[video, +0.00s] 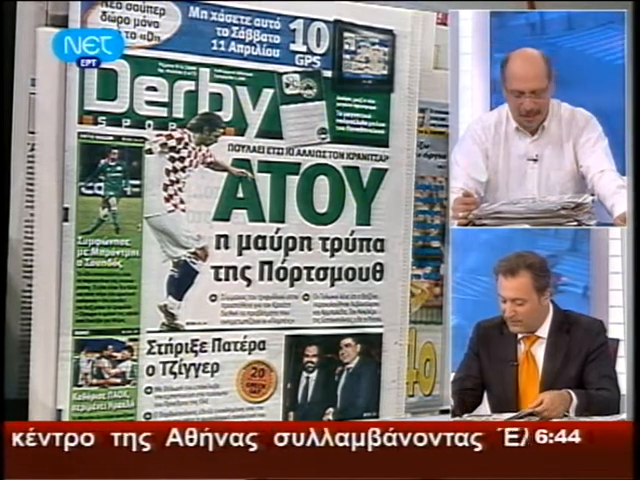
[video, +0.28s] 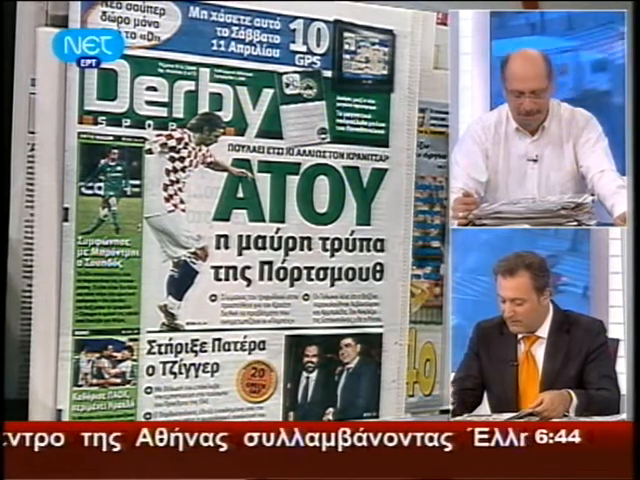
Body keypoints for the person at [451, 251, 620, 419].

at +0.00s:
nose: (508, 312)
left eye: (519, 303)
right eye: (503, 301)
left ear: (546, 296)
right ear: (498, 296)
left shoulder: (588, 333)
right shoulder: (486, 334)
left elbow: (610, 402)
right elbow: (462, 401)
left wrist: (569, 400)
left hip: (569, 452)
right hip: (504, 451)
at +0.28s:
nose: (508, 312)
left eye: (518, 303)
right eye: (503, 302)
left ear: (545, 297)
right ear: (498, 297)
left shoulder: (588, 333)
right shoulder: (486, 334)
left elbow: (610, 402)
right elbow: (462, 400)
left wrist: (569, 400)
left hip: (569, 452)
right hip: (505, 451)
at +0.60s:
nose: (507, 313)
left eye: (518, 303)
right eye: (502, 302)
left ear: (545, 297)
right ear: (497, 297)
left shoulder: (588, 333)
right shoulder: (486, 334)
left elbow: (610, 402)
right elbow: (462, 401)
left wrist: (569, 400)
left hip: (569, 452)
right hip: (505, 451)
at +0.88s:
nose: (508, 312)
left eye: (518, 303)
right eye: (502, 302)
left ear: (545, 297)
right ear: (497, 297)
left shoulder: (588, 332)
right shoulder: (486, 334)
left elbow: (610, 402)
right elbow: (463, 401)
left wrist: (569, 400)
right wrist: (450, 397)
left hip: (569, 452)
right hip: (505, 450)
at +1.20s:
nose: (508, 311)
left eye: (517, 302)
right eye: (503, 301)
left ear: (545, 297)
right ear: (497, 296)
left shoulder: (588, 332)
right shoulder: (486, 334)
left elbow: (610, 402)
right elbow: (464, 401)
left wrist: (569, 400)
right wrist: (451, 397)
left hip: (569, 452)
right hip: (504, 450)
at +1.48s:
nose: (507, 312)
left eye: (517, 302)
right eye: (502, 301)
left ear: (545, 297)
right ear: (498, 296)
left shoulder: (588, 332)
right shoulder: (486, 334)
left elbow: (610, 402)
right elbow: (463, 402)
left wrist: (569, 400)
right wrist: (451, 396)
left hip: (569, 452)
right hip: (505, 451)